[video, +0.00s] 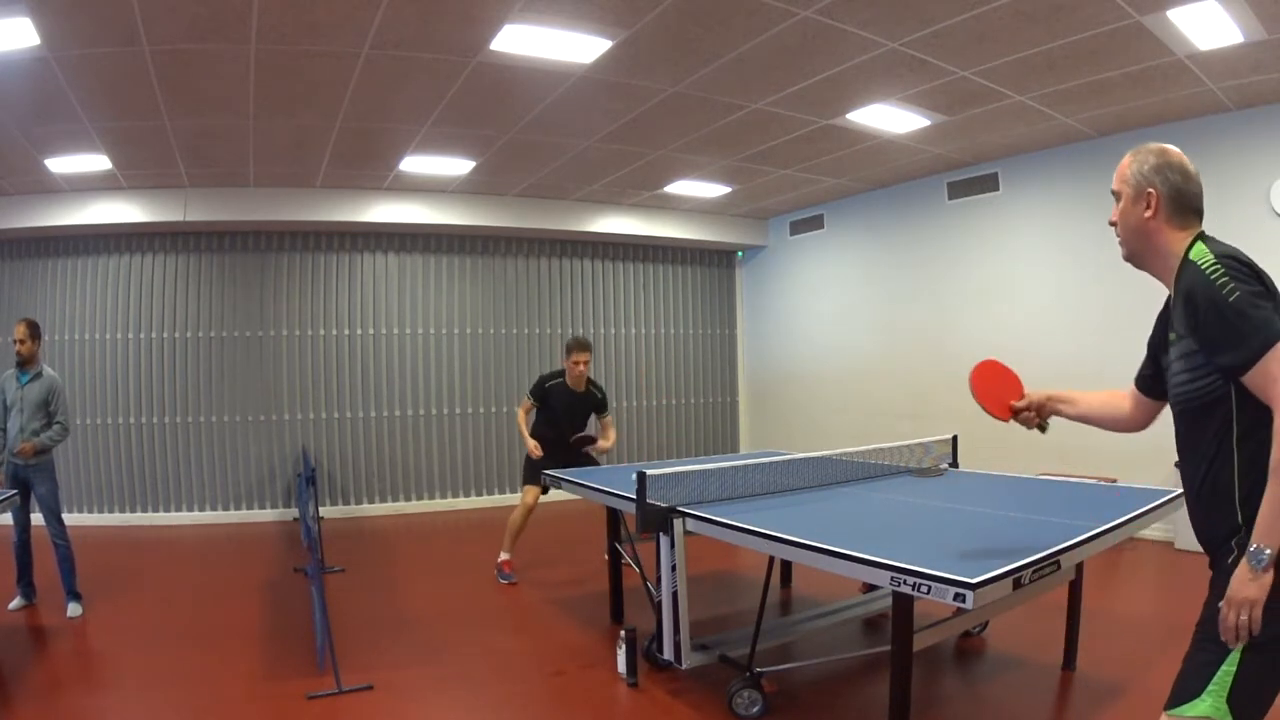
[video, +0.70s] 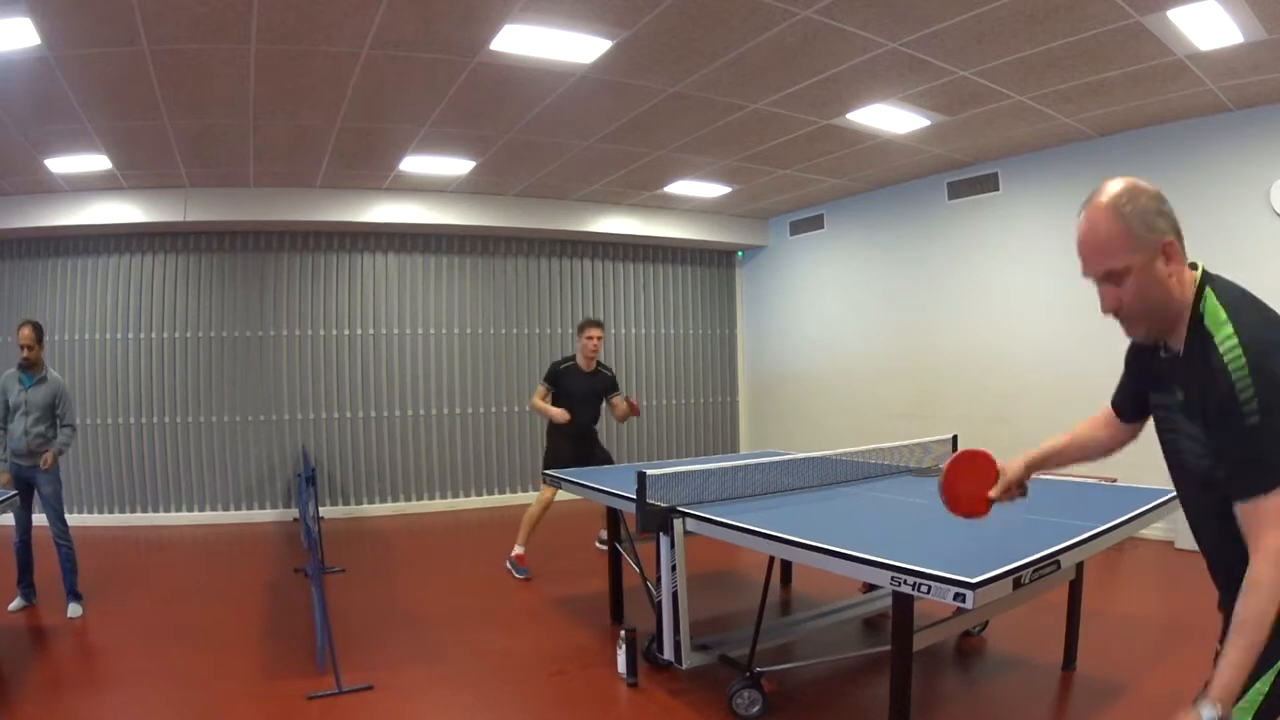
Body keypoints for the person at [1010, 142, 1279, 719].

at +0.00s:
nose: (1109, 218)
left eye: (1116, 199)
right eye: (1111, 200)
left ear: (1149, 205)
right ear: (1153, 206)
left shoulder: (1212, 282)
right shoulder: (1183, 299)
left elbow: (1278, 405)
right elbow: (1136, 410)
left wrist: (1259, 558)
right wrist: (1051, 402)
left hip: (1257, 561)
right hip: (1240, 555)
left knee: (1194, 712)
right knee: (1209, 709)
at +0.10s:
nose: (1111, 215)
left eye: (1115, 196)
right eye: (1111, 198)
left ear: (1147, 200)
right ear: (1155, 200)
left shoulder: (1200, 271)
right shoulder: (1202, 271)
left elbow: (1273, 401)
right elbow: (1195, 421)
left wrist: (1236, 560)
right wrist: (1094, 431)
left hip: (1260, 564)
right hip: (1259, 560)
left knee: (1191, 712)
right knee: (1203, 710)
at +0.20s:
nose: (1116, 226)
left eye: (1123, 207)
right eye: (1118, 208)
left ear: (1153, 212)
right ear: (1161, 212)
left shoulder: (1199, 286)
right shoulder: (1219, 275)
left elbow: (1266, 417)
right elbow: (1226, 428)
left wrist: (1214, 564)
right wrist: (1138, 465)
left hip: (1259, 567)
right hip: (1261, 560)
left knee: (1184, 711)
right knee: (1208, 707)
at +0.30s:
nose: (1122, 256)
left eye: (1126, 238)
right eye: (1122, 239)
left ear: (1156, 240)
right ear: (1171, 239)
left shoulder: (1204, 315)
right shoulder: (1225, 298)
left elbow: (1267, 443)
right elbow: (1235, 450)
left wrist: (1205, 574)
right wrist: (1159, 514)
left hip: (1264, 573)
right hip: (1263, 566)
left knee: (1180, 712)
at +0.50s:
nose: (1118, 273)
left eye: (1126, 255)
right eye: (1120, 257)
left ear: (1163, 257)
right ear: (1161, 260)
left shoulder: (1231, 329)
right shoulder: (1191, 359)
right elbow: (1177, 496)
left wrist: (1225, 586)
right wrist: (1106, 560)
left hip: (1275, 583)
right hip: (1259, 580)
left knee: (1188, 713)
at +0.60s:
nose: (1109, 263)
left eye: (1117, 243)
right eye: (1108, 245)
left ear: (1164, 242)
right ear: (1160, 244)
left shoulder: (1239, 324)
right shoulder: (1173, 342)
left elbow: (1279, 477)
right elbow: (1133, 468)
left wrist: (1221, 612)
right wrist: (1040, 510)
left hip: (1275, 586)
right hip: (1249, 582)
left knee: (1206, 710)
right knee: (1261, 704)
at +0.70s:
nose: (1106, 303)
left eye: (1117, 278)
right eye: (1096, 283)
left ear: (1170, 256)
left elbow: (1268, 546)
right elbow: (1116, 425)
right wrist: (1028, 463)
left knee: (1255, 708)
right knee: (1224, 703)